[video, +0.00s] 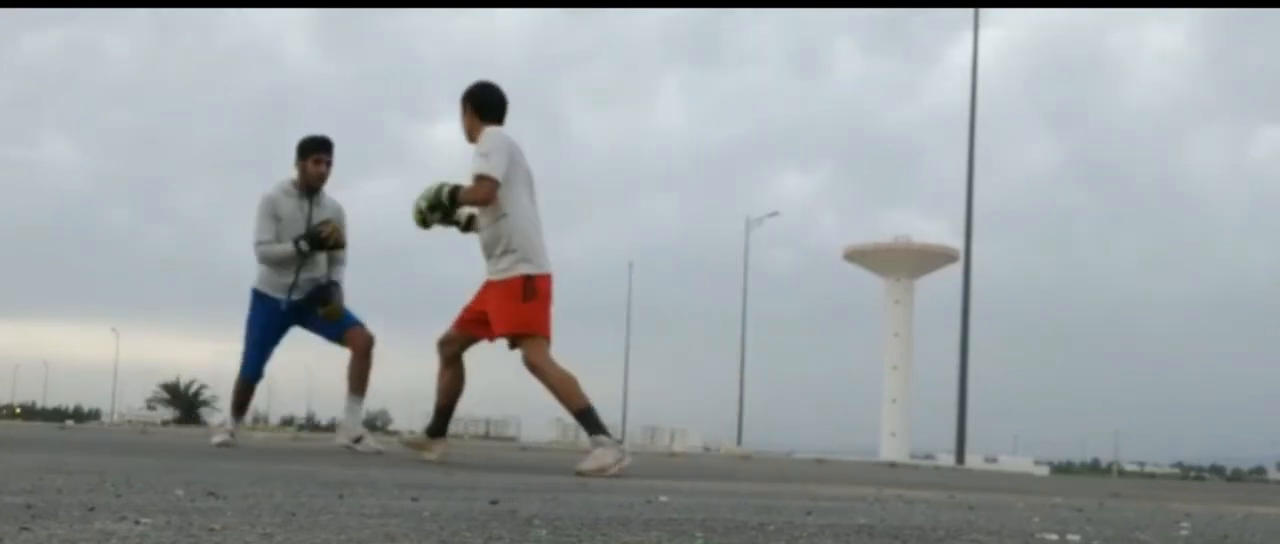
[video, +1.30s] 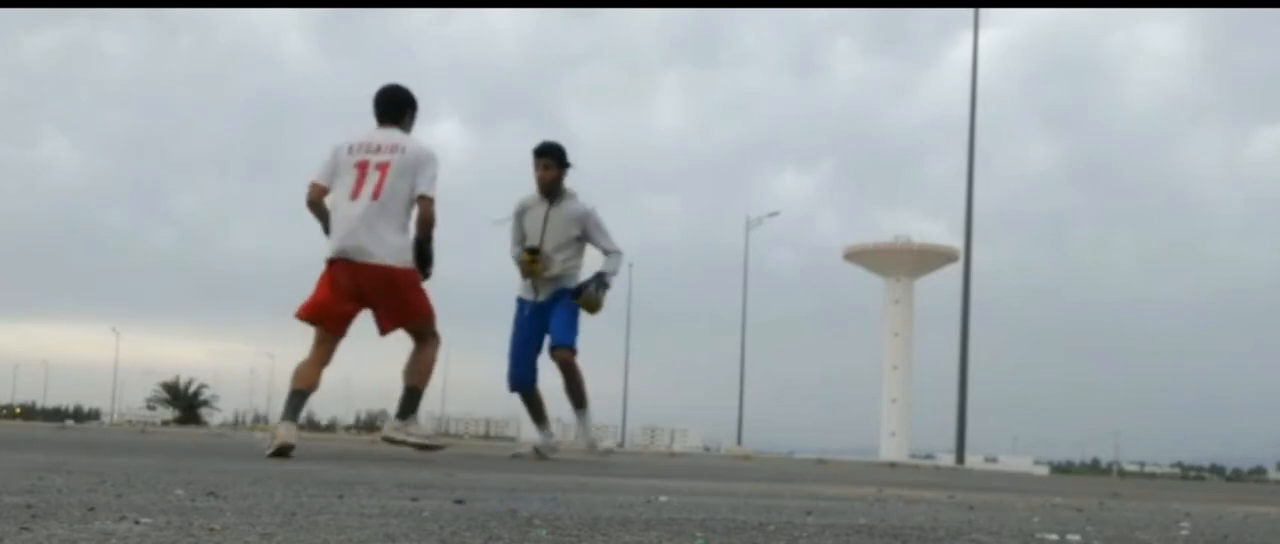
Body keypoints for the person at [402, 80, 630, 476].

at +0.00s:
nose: (461, 122)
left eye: (462, 114)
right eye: (463, 114)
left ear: (471, 112)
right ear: (495, 113)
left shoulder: (496, 140)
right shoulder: (498, 150)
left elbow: (485, 192)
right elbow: (497, 217)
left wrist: (447, 195)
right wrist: (456, 217)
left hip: (523, 274)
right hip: (501, 277)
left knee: (536, 358)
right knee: (449, 346)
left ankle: (604, 443)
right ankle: (434, 438)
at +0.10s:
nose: (427, 117)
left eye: (428, 109)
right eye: (427, 109)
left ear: (435, 109)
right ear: (462, 109)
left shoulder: (457, 136)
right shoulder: (467, 142)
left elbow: (469, 183)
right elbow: (469, 195)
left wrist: (428, 197)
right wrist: (430, 205)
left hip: (481, 266)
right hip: (467, 269)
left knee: (495, 343)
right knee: (420, 344)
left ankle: (558, 426)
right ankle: (427, 438)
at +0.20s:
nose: (407, 108)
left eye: (407, 100)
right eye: (408, 100)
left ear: (413, 99)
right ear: (439, 99)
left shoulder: (435, 123)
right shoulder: (435, 133)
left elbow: (458, 170)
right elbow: (450, 179)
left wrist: (417, 190)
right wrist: (410, 197)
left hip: (461, 246)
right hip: (443, 248)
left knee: (439, 332)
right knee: (411, 337)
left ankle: (503, 420)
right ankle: (425, 427)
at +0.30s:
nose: (386, 108)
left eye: (387, 102)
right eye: (388, 102)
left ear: (392, 101)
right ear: (422, 101)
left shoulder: (411, 127)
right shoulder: (423, 130)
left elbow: (443, 172)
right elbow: (437, 184)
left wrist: (403, 197)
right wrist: (392, 201)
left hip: (441, 247)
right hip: (439, 247)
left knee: (402, 328)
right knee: (397, 329)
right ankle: (416, 422)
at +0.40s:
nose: (372, 128)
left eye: (372, 122)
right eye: (374, 122)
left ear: (375, 122)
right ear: (408, 122)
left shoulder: (394, 152)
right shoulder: (418, 154)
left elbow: (423, 199)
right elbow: (431, 205)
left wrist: (385, 228)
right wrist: (385, 223)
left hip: (418, 271)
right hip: (437, 272)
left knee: (364, 340)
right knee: (386, 346)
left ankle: (380, 431)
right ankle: (407, 429)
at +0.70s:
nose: (354, 117)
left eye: (354, 111)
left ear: (357, 111)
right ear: (391, 113)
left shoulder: (357, 137)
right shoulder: (411, 151)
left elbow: (365, 188)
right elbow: (422, 215)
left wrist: (341, 221)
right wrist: (377, 221)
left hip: (373, 257)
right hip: (409, 262)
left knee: (323, 334)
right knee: (382, 343)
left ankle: (327, 425)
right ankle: (390, 426)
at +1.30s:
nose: (413, 121)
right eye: (413, 116)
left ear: (375, 115)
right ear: (410, 117)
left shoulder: (345, 149)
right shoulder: (419, 154)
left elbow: (314, 196)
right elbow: (425, 211)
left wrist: (335, 231)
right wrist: (424, 252)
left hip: (344, 262)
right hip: (392, 266)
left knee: (319, 351)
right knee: (427, 340)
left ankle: (286, 424)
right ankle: (403, 421)